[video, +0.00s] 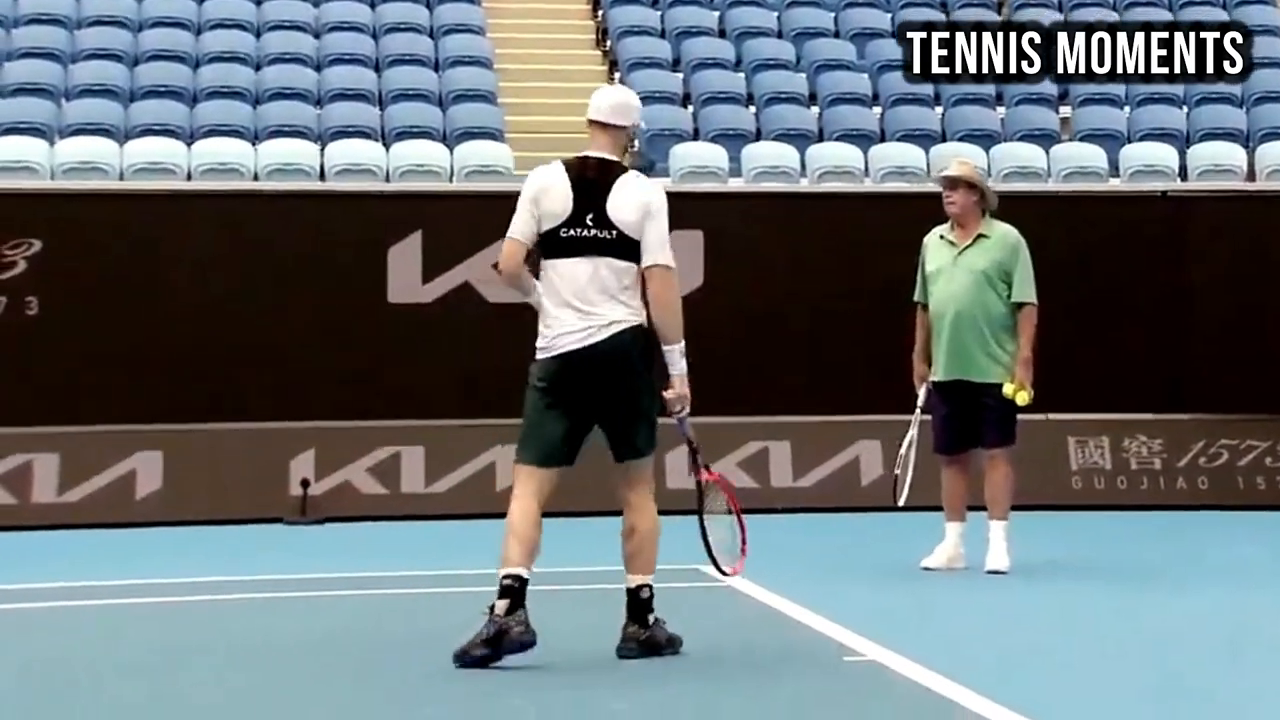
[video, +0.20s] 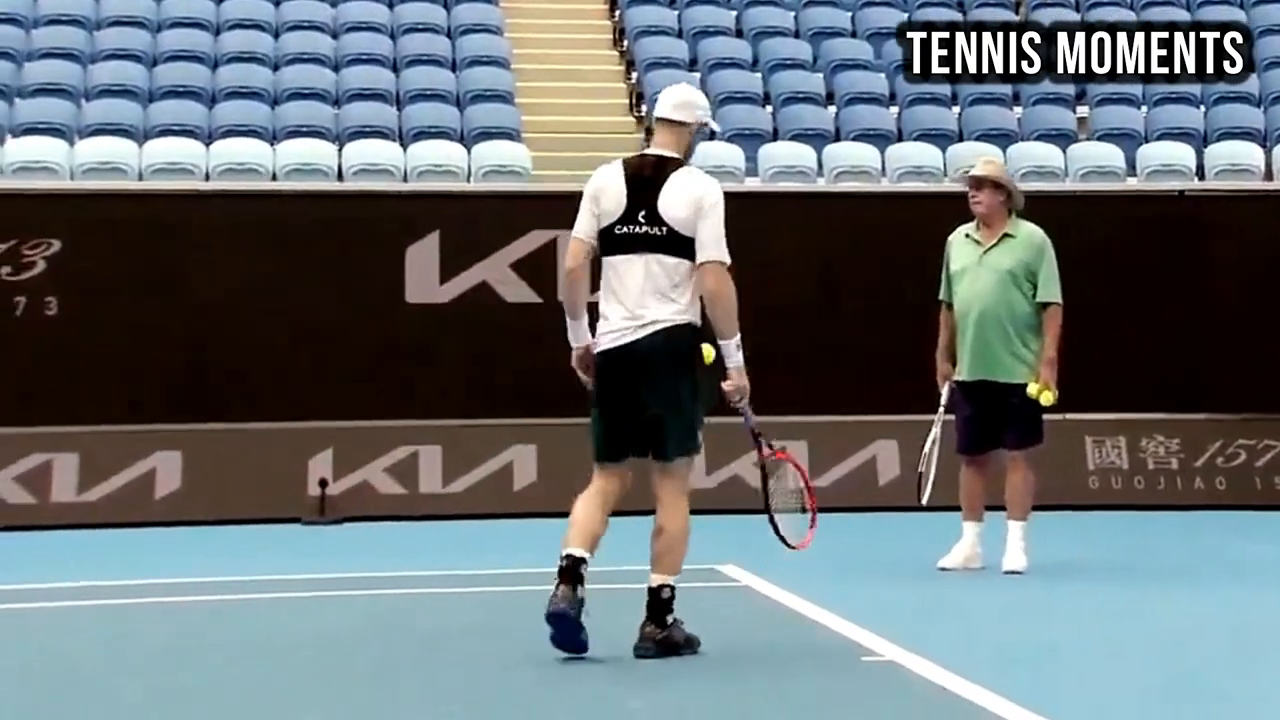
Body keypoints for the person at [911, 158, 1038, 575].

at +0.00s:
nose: (949, 195)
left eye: (957, 188)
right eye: (946, 189)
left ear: (979, 194)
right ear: (943, 196)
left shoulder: (1008, 240)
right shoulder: (933, 242)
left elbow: (1027, 306)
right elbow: (924, 307)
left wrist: (1024, 360)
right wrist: (920, 359)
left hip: (995, 369)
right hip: (946, 368)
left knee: (996, 454)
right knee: (951, 457)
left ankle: (998, 541)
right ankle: (953, 542)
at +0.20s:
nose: (974, 194)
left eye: (983, 188)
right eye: (971, 188)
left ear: (1004, 193)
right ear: (968, 195)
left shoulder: (1034, 240)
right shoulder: (957, 241)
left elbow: (1052, 306)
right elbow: (948, 307)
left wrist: (1049, 362)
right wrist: (943, 358)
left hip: (1019, 370)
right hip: (969, 369)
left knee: (1017, 456)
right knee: (972, 458)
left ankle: (1016, 543)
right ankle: (970, 542)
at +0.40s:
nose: (990, 193)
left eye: (998, 187)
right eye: (986, 187)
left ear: (1018, 192)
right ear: (982, 194)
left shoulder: (1047, 239)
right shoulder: (972, 239)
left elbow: (1065, 305)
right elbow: (960, 306)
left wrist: (1059, 358)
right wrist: (953, 358)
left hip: (1029, 370)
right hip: (978, 368)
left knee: (1025, 455)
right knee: (974, 456)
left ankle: (1022, 543)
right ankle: (975, 540)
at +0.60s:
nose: (999, 194)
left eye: (1008, 189)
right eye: (996, 188)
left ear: (1030, 197)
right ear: (992, 195)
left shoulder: (1056, 242)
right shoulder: (978, 241)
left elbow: (1072, 308)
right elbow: (965, 310)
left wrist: (1066, 362)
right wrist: (958, 367)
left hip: (1035, 373)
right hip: (982, 369)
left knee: (1028, 458)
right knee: (973, 454)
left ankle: (1022, 544)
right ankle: (978, 538)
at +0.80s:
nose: (1002, 197)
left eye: (1012, 191)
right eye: (1000, 191)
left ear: (1034, 199)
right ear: (996, 199)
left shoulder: (1061, 246)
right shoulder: (981, 244)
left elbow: (1078, 312)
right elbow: (967, 309)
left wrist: (1074, 368)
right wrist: (960, 361)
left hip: (1039, 374)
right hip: (985, 371)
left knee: (1029, 460)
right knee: (977, 455)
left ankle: (1024, 547)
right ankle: (984, 540)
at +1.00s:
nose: (1003, 201)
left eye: (1012, 195)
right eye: (1000, 194)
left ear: (1034, 202)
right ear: (997, 202)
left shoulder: (1062, 250)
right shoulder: (980, 247)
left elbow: (1080, 317)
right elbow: (966, 312)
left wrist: (1078, 375)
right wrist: (961, 365)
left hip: (1041, 378)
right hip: (988, 375)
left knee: (1031, 464)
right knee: (987, 461)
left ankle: (1023, 551)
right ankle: (982, 550)